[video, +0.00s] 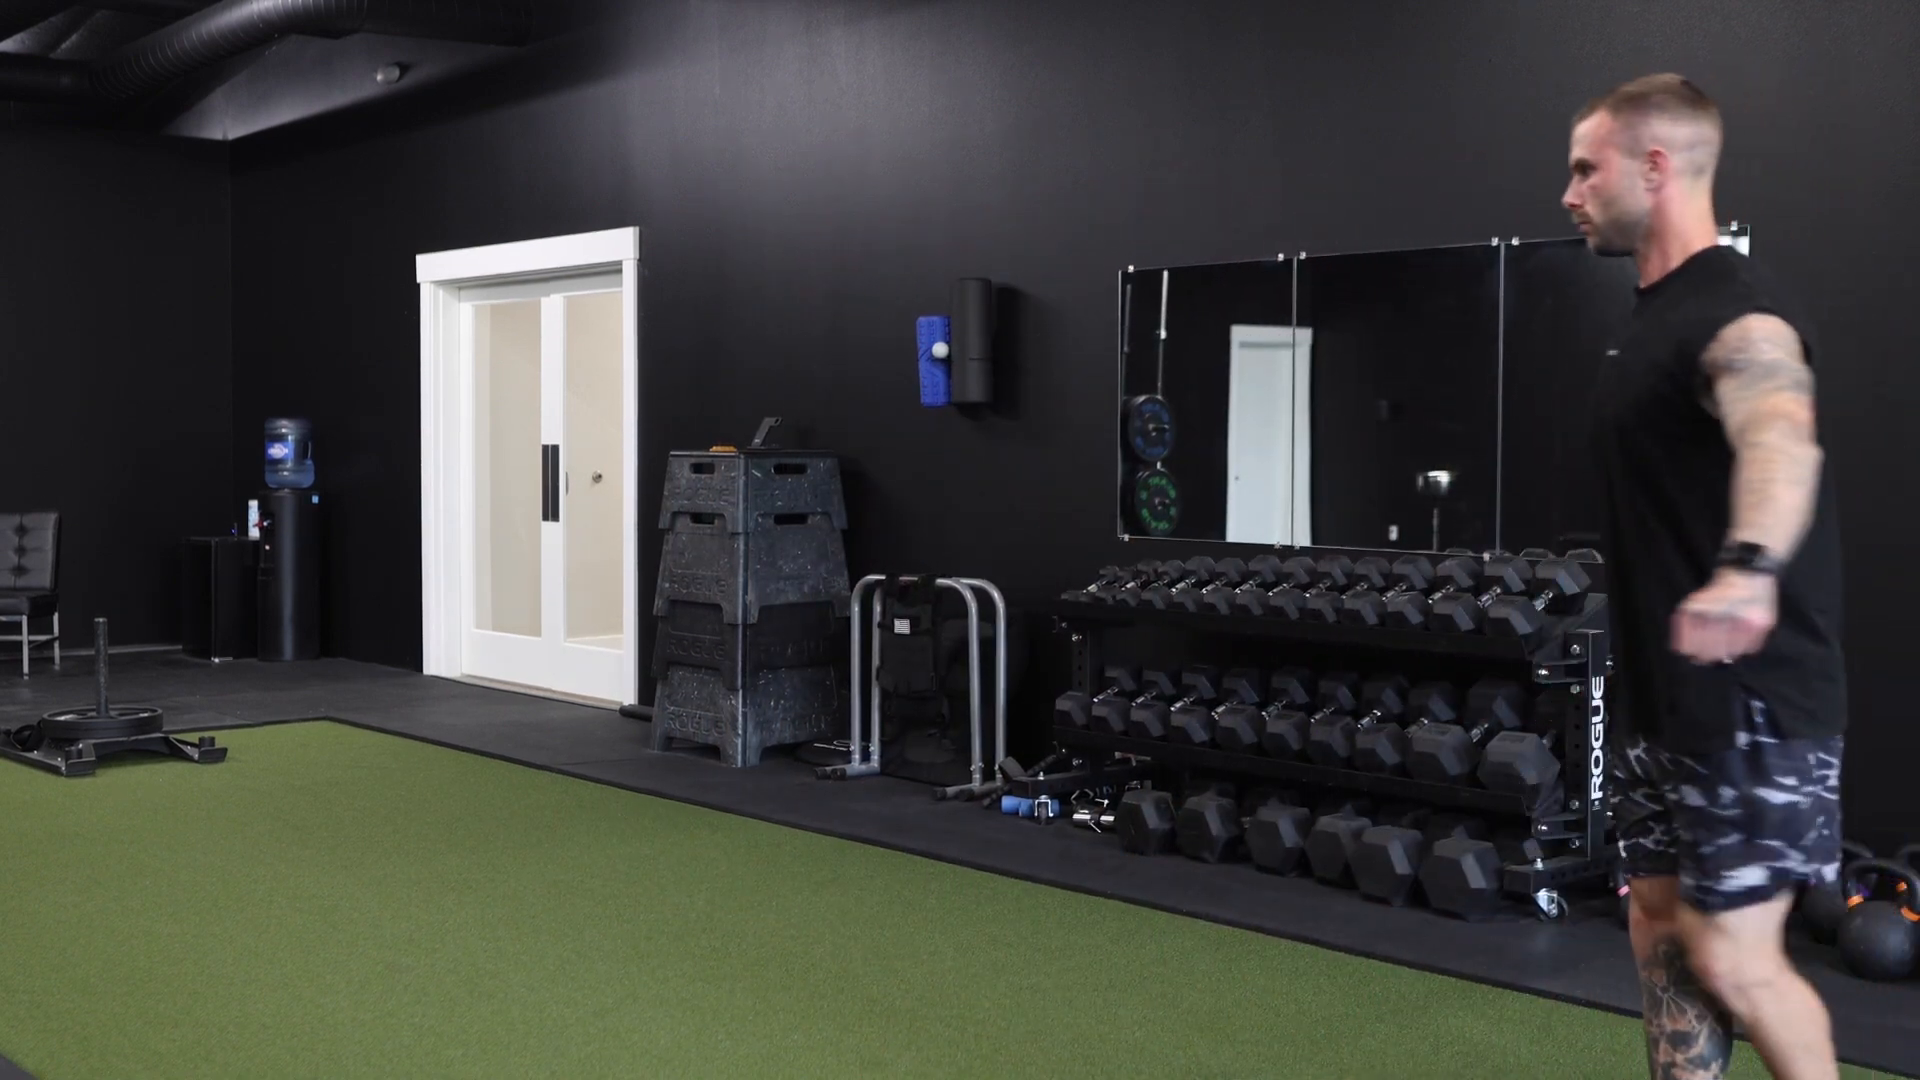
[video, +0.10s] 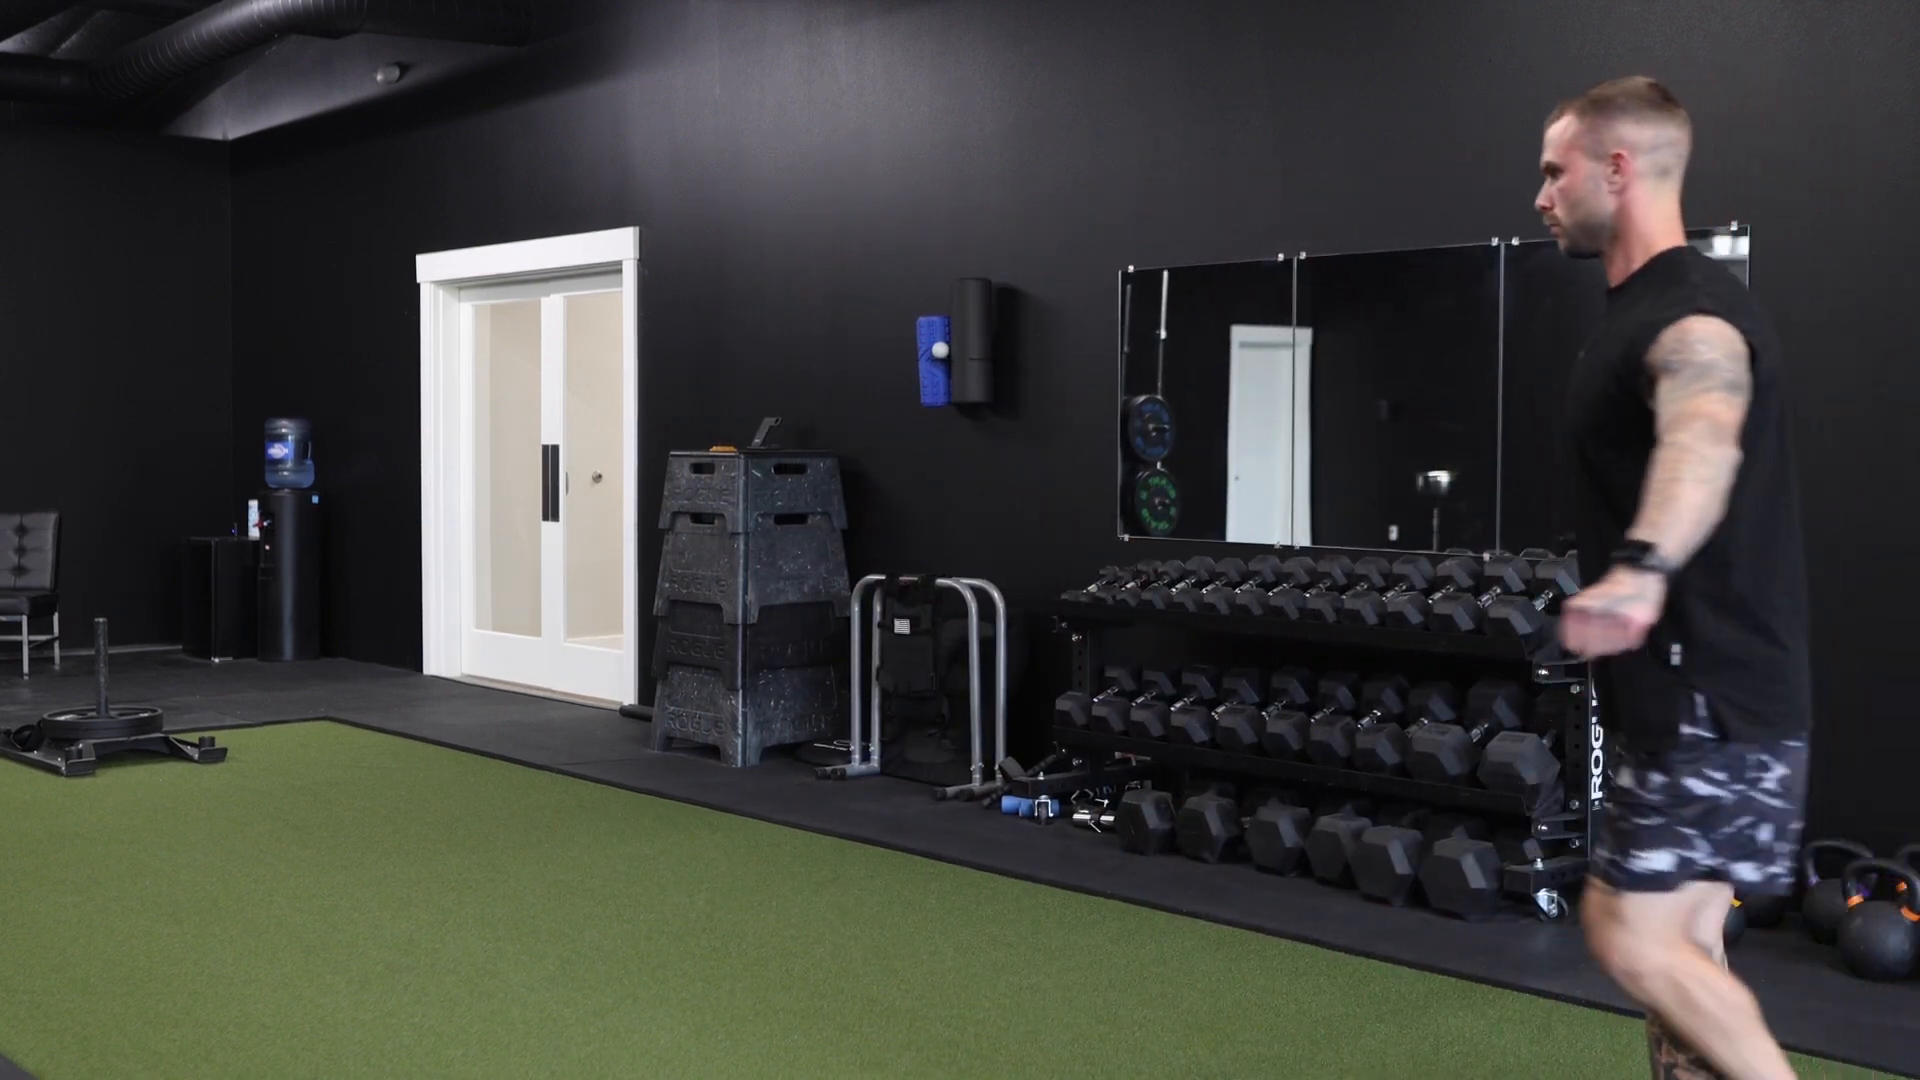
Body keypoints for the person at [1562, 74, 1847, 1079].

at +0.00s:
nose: (1569, 192)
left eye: (1586, 170)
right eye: (1570, 171)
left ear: (1658, 173)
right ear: (1654, 176)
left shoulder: (1739, 321)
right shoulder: (1649, 321)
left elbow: (1778, 443)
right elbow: (1672, 494)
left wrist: (1747, 567)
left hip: (1750, 693)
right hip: (1667, 686)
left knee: (1734, 950)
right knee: (1662, 931)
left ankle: (1820, 1071)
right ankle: (1689, 1077)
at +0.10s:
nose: (1540, 195)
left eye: (1556, 172)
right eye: (1542, 173)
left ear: (1620, 175)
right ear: (1624, 177)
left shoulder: (1692, 310)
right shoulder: (1640, 310)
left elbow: (1703, 445)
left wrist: (1639, 568)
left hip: (1713, 692)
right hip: (1682, 687)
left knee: (1630, 932)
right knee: (1685, 942)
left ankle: (1767, 1071)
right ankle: (1690, 1072)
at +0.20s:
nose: (1517, 197)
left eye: (1529, 174)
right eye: (1518, 175)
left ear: (1592, 174)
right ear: (1598, 176)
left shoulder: (1651, 308)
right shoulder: (1652, 297)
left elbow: (1630, 447)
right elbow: (1654, 469)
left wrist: (1546, 567)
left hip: (1672, 674)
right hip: (1701, 671)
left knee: (1546, 908)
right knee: (1677, 922)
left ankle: (1690, 1069)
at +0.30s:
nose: (1494, 199)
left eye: (1504, 174)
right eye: (1495, 176)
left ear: (1564, 174)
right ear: (1597, 177)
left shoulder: (1609, 307)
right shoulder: (1678, 304)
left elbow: (1571, 434)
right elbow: (1708, 472)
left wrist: (1464, 562)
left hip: (1644, 675)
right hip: (1706, 671)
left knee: (1508, 892)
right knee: (1665, 934)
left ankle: (1580, 1071)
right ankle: (1684, 1075)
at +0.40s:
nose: (1470, 196)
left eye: (1480, 173)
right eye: (1472, 174)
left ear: (1532, 174)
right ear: (1569, 179)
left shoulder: (1568, 310)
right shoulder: (1655, 310)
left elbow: (1512, 429)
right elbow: (1679, 500)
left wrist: (1390, 554)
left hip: (1596, 673)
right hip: (1683, 673)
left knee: (1491, 905)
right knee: (1651, 929)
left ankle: (1490, 1073)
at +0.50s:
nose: (1442, 202)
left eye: (1450, 180)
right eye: (1443, 180)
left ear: (1499, 179)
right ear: (1542, 183)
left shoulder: (1523, 315)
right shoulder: (1639, 327)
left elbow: (1458, 425)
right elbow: (1650, 503)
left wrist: (1323, 551)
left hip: (1541, 683)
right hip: (1647, 681)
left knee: (1472, 924)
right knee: (1638, 939)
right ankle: (1673, 1079)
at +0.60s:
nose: (1405, 206)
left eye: (1412, 183)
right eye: (1406, 183)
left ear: (1457, 184)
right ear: (1508, 187)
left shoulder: (1477, 320)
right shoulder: (1592, 326)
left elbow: (1403, 436)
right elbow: (1621, 524)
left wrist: (1258, 559)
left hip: (1498, 691)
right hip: (1606, 687)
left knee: (1453, 933)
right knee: (1604, 937)